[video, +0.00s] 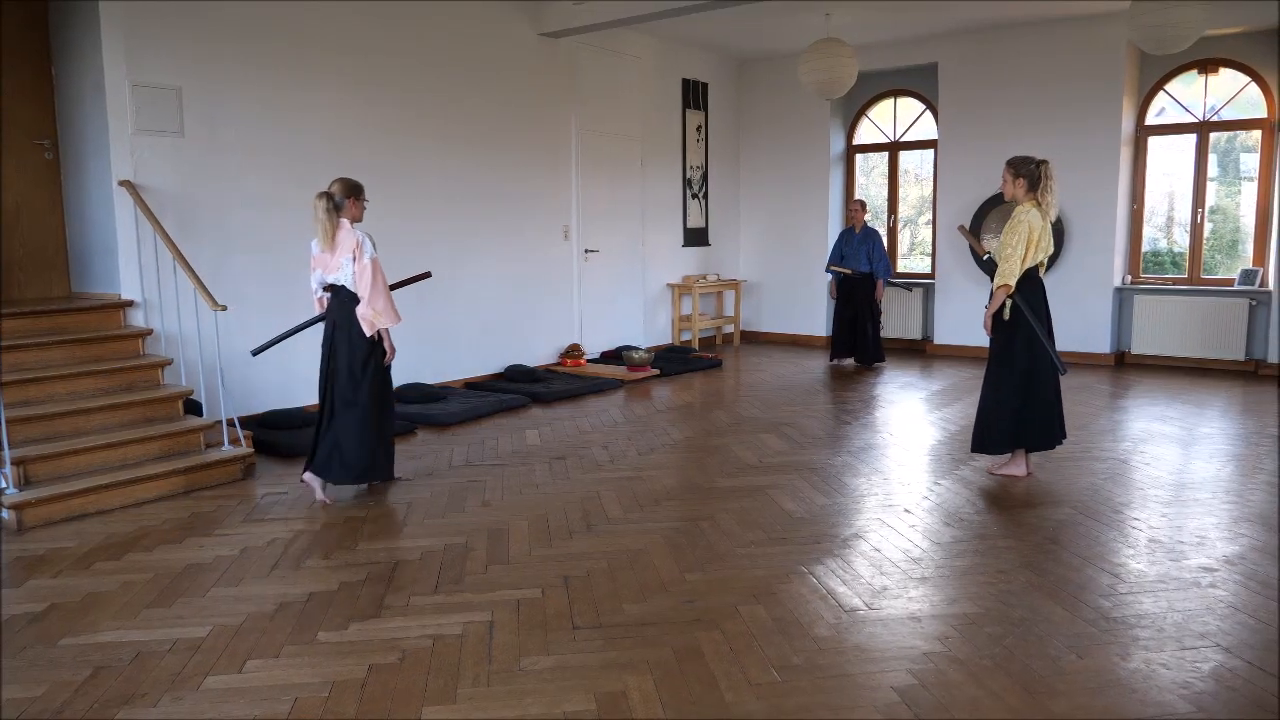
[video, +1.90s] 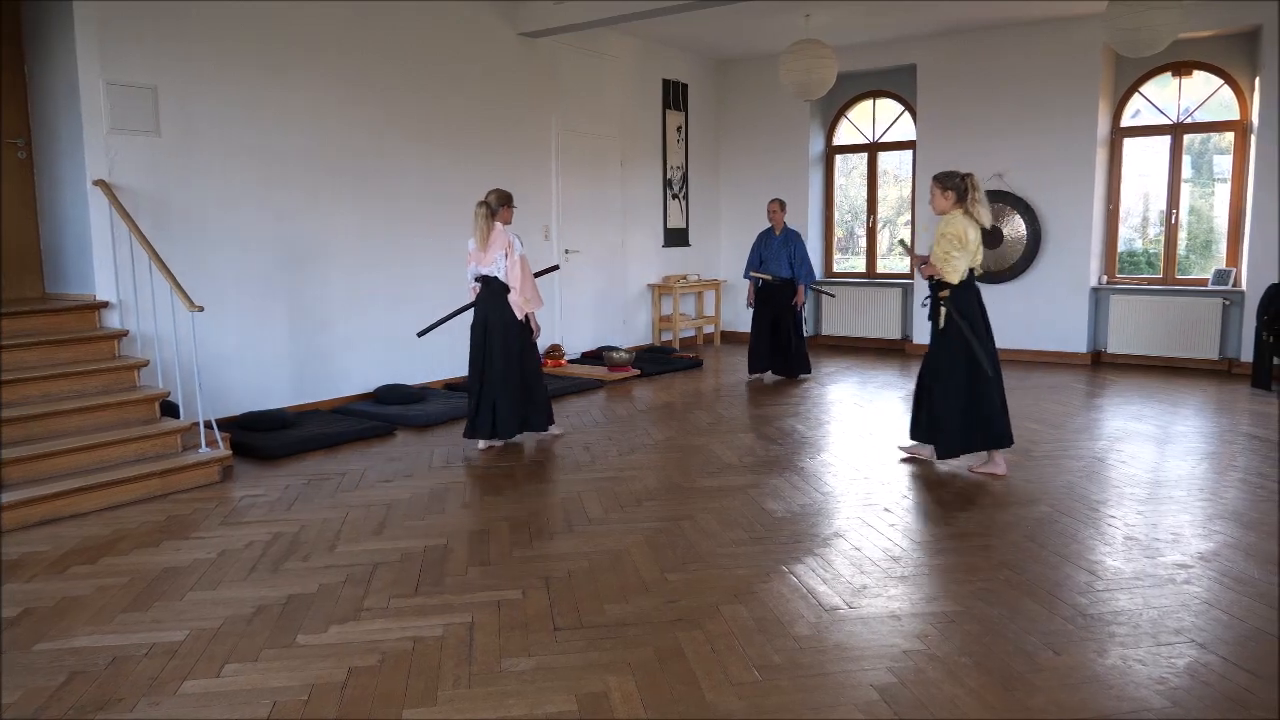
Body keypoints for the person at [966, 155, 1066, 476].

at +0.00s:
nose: (1001, 185)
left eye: (1005, 181)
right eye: (1002, 180)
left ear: (1021, 183)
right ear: (1026, 183)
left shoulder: (1022, 217)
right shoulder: (1038, 215)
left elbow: (1011, 267)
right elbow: (1011, 258)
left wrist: (991, 307)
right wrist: (980, 246)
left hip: (1018, 301)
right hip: (1031, 297)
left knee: (1017, 375)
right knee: (1024, 375)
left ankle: (1019, 458)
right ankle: (1019, 455)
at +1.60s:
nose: (966, 190)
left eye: (969, 184)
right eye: (966, 184)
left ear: (986, 188)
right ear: (990, 188)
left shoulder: (984, 220)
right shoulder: (1004, 216)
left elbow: (984, 275)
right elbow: (998, 266)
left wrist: (958, 300)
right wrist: (963, 282)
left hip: (987, 305)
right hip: (999, 302)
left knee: (994, 376)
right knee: (992, 375)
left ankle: (1001, 458)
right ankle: (994, 450)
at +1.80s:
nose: (945, 195)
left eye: (948, 190)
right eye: (945, 189)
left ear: (963, 191)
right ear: (969, 191)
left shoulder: (965, 220)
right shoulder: (984, 217)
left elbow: (971, 265)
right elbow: (981, 258)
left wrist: (942, 266)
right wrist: (940, 252)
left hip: (966, 303)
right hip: (981, 300)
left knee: (950, 373)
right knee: (985, 375)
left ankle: (997, 459)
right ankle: (949, 443)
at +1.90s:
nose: (930, 200)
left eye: (933, 194)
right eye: (931, 194)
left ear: (949, 196)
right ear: (954, 196)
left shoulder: (951, 226)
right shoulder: (970, 222)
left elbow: (951, 272)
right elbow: (974, 263)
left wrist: (926, 270)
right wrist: (934, 261)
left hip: (955, 306)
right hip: (969, 302)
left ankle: (996, 459)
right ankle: (930, 445)